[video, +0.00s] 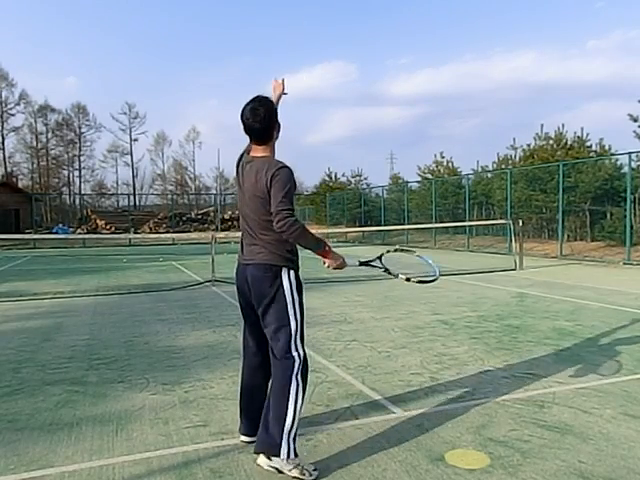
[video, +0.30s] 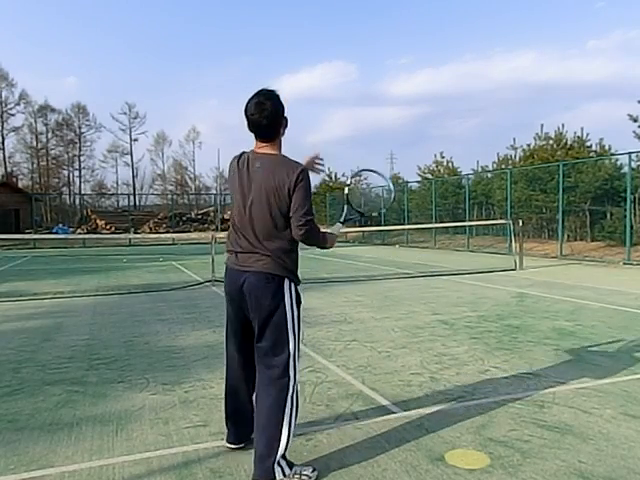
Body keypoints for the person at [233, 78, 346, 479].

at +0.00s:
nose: (273, 124)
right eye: (274, 121)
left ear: (246, 131)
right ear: (277, 128)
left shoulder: (244, 165)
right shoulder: (279, 172)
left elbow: (259, 135)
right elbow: (284, 222)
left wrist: (273, 101)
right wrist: (324, 249)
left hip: (246, 271)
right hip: (275, 272)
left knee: (256, 351)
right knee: (290, 358)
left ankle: (251, 427)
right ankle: (278, 450)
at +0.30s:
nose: (287, 122)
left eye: (280, 116)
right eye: (286, 117)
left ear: (249, 127)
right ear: (284, 125)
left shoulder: (238, 165)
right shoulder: (293, 173)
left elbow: (264, 182)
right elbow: (301, 229)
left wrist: (300, 169)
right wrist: (325, 238)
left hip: (235, 278)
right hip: (273, 282)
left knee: (240, 357)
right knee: (277, 370)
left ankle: (238, 431)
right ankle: (272, 465)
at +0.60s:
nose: (258, 122)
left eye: (255, 115)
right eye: (257, 116)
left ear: (220, 126)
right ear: (254, 124)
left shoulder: (212, 170)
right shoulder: (260, 175)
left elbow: (249, 210)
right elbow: (281, 230)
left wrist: (302, 203)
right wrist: (309, 228)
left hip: (212, 286)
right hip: (248, 289)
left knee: (204, 368)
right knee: (268, 380)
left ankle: (163, 451)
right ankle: (272, 467)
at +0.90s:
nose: (225, 127)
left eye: (223, 121)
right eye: (224, 121)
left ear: (188, 122)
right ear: (219, 121)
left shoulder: (181, 162)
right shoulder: (199, 162)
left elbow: (241, 177)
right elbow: (245, 176)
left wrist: (273, 147)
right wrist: (286, 153)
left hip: (167, 280)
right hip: (194, 283)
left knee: (173, 375)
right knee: (226, 376)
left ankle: (154, 465)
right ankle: (214, 466)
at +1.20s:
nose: (215, 148)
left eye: (217, 143)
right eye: (210, 142)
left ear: (177, 144)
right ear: (198, 144)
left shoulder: (201, 185)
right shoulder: (168, 180)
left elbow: (248, 179)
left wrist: (293, 156)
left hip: (155, 300)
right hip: (170, 305)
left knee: (157, 369)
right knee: (207, 389)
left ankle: (89, 429)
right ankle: (174, 466)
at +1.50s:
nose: (190, 159)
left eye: (187, 153)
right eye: (187, 153)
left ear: (155, 161)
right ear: (179, 158)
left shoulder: (169, 194)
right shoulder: (145, 202)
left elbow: (218, 191)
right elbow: (140, 228)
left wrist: (268, 184)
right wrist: (164, 213)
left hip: (118, 304)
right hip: (142, 310)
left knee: (134, 359)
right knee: (190, 378)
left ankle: (83, 425)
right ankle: (173, 465)